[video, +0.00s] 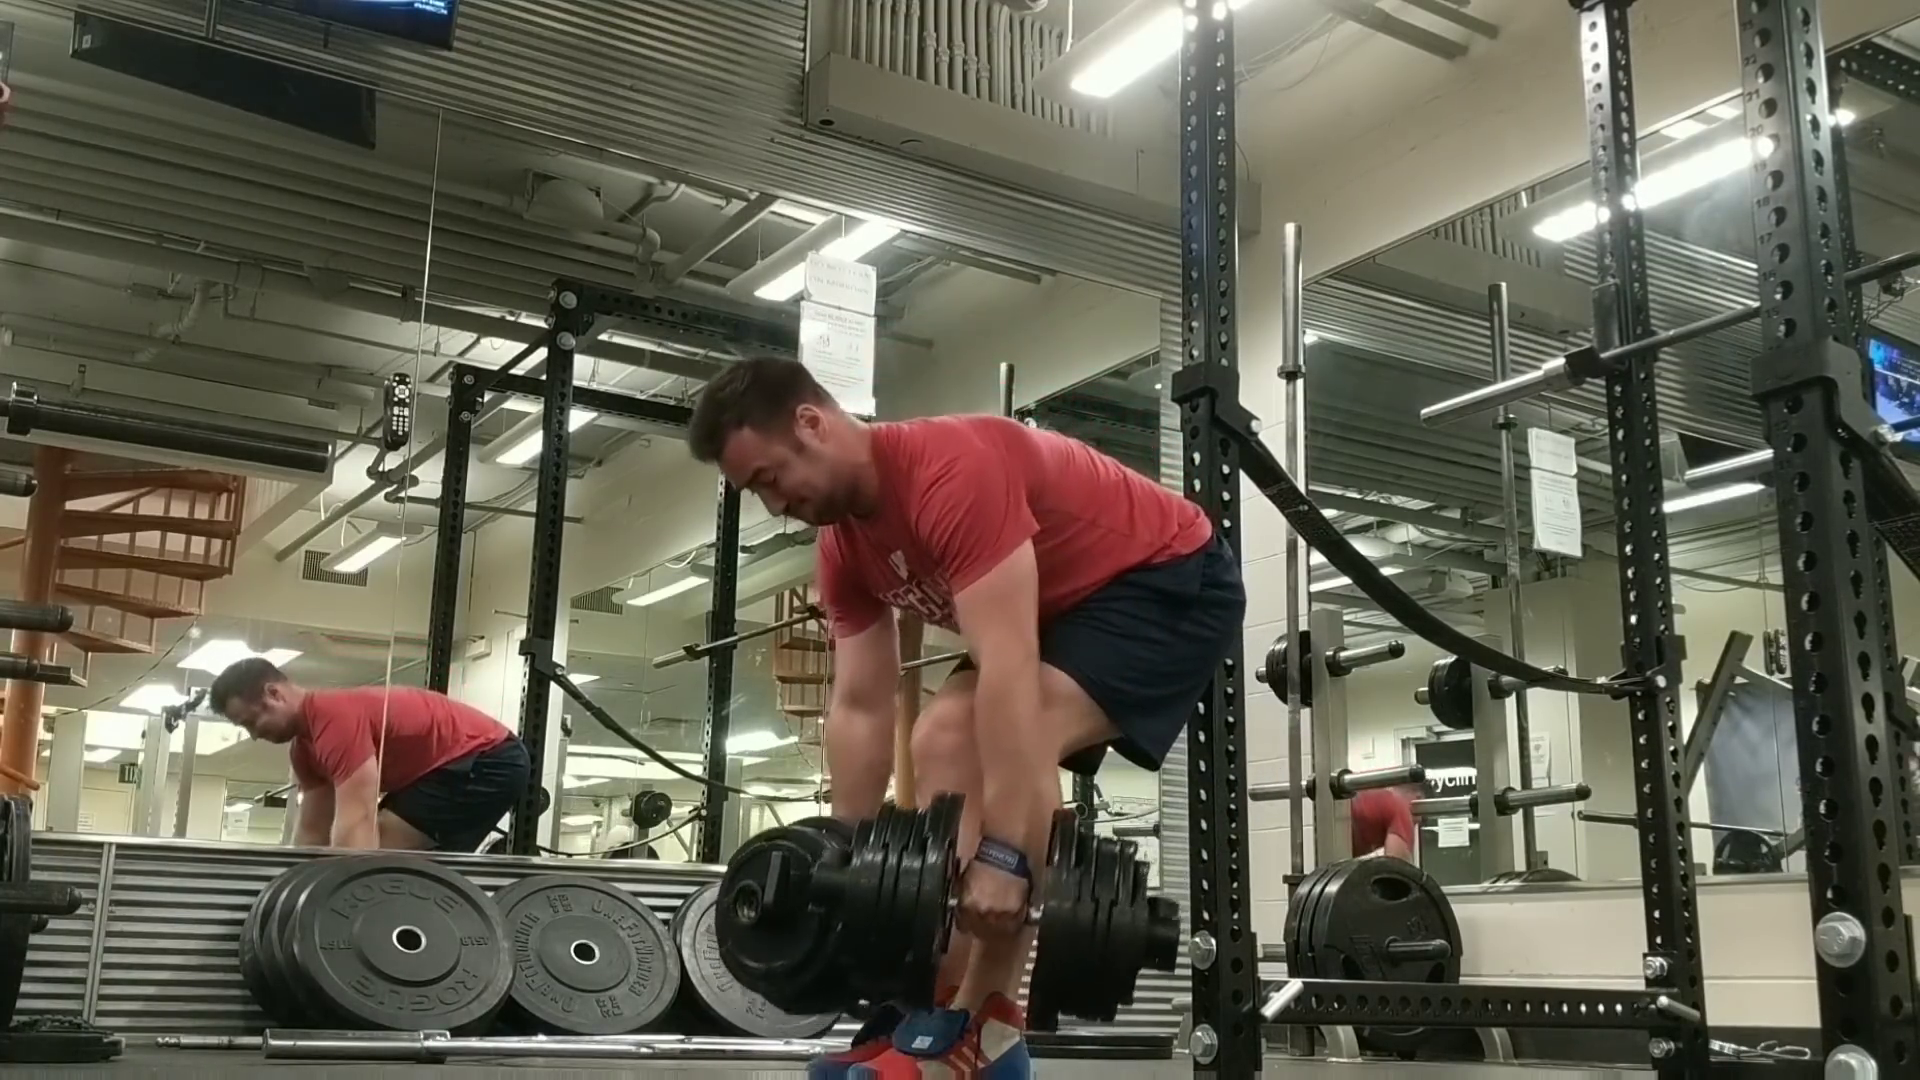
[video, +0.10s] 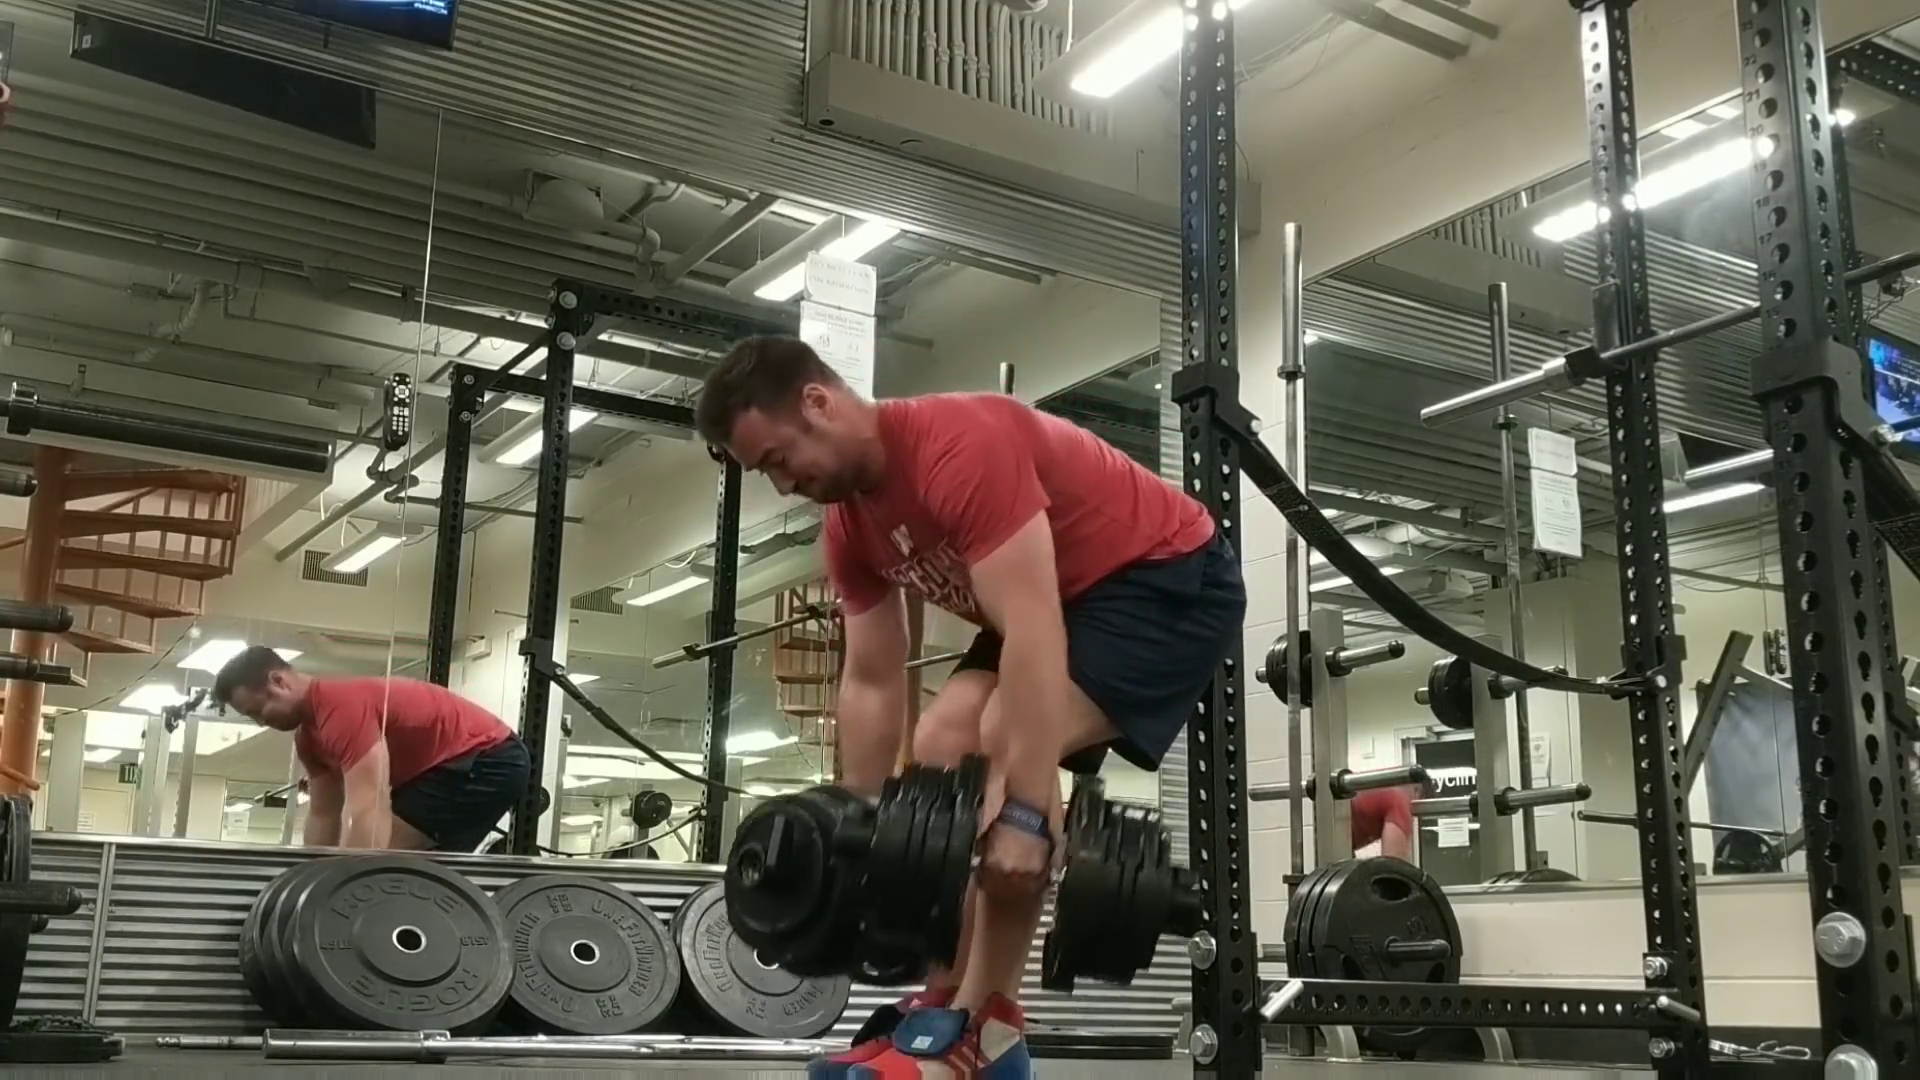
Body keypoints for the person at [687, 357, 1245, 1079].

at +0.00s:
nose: (774, 506)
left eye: (769, 478)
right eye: (756, 492)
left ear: (816, 421)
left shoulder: (957, 474)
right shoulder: (846, 548)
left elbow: (1006, 660)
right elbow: (861, 704)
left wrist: (1006, 850)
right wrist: (843, 863)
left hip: (1168, 579)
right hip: (1069, 604)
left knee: (1011, 743)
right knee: (941, 734)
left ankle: (992, 1025)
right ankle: (935, 1017)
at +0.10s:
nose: (783, 486)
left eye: (779, 459)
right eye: (767, 473)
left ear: (821, 401)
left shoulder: (964, 446)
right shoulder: (851, 528)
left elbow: (1032, 617)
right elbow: (873, 679)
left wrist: (1027, 809)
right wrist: (855, 836)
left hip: (1169, 576)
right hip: (1061, 601)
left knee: (1011, 731)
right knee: (940, 737)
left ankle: (989, 1025)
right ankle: (942, 1004)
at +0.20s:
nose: (797, 461)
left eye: (791, 436)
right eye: (780, 450)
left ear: (831, 377)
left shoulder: (971, 414)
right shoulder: (858, 503)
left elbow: (1057, 583)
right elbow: (883, 646)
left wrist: (1054, 768)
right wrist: (873, 797)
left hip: (1167, 573)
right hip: (1046, 597)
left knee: (1023, 742)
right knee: (950, 732)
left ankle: (990, 1019)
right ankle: (942, 1002)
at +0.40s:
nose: (835, 438)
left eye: (826, 417)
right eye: (818, 431)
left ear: (851, 348)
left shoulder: (998, 365)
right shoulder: (873, 457)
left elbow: (1113, 510)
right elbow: (917, 581)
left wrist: (1115, 679)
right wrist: (901, 716)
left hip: (1157, 570)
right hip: (1041, 590)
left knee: (1021, 749)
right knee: (949, 739)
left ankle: (992, 1012)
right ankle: (943, 997)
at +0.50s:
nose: (853, 435)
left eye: (842, 417)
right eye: (837, 430)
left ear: (858, 351)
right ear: (854, 359)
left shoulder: (1003, 349)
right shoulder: (881, 442)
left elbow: (1137, 477)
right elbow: (940, 559)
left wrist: (1140, 642)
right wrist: (913, 691)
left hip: (1158, 565)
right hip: (1051, 586)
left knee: (1018, 735)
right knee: (952, 733)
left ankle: (992, 1018)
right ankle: (942, 1003)